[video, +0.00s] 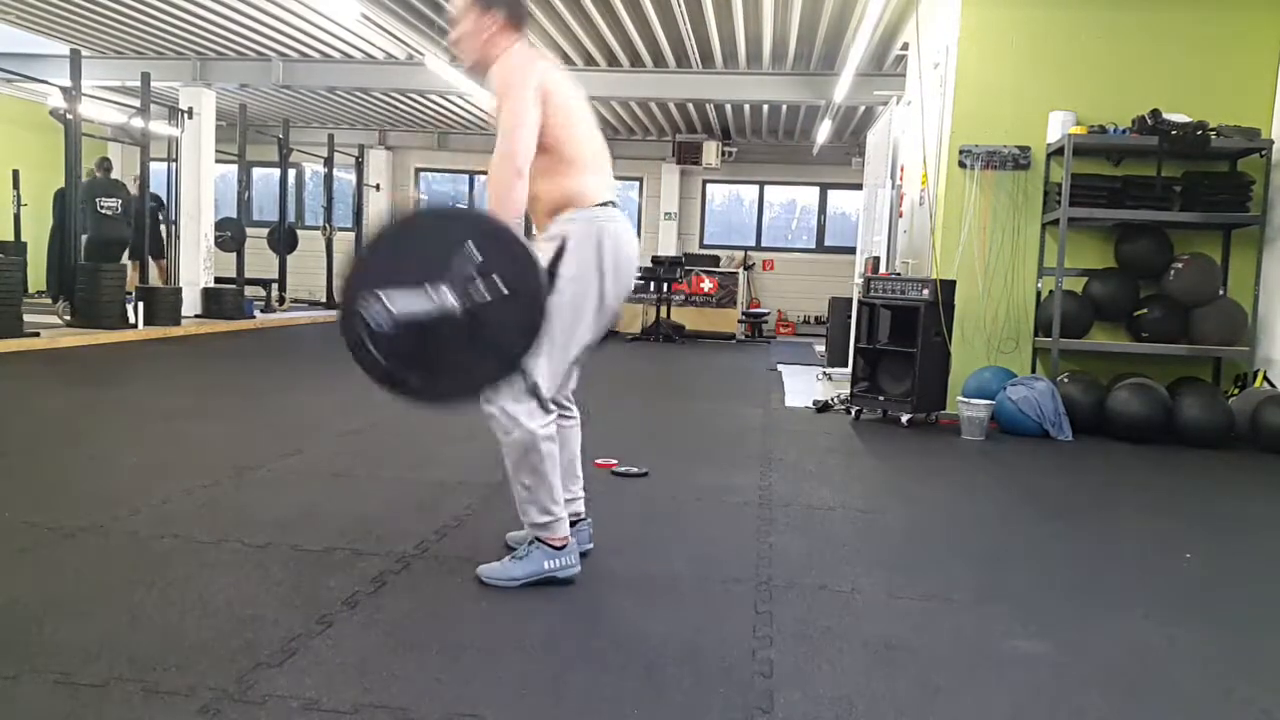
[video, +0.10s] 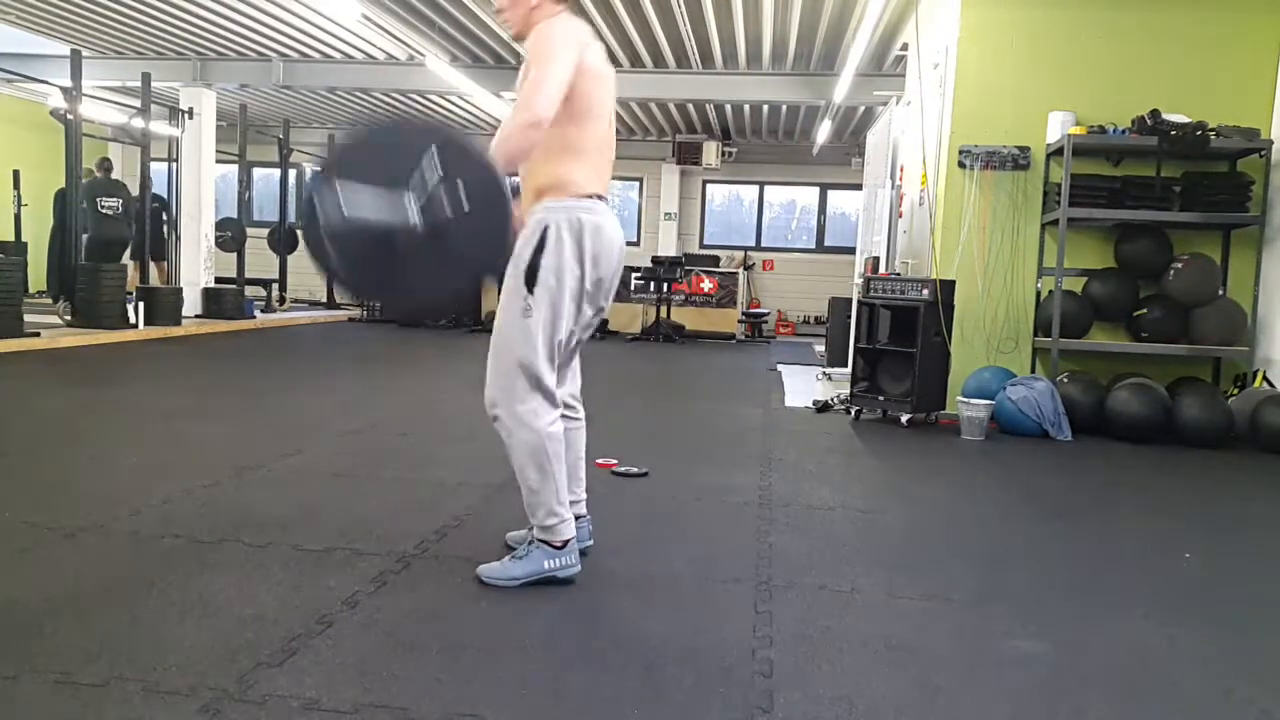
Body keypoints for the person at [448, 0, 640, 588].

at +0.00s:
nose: (450, 38)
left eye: (456, 23)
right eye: (450, 26)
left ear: (493, 22)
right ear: (500, 25)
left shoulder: (520, 67)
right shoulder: (539, 70)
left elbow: (512, 165)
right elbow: (532, 175)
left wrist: (491, 263)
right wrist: (511, 264)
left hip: (581, 236)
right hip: (597, 234)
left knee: (513, 391)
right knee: (553, 392)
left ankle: (552, 544)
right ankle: (568, 523)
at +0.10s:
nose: (496, 7)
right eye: (496, 1)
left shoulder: (556, 33)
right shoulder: (585, 45)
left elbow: (533, 118)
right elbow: (579, 155)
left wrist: (476, 178)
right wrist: (524, 210)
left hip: (560, 226)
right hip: (591, 226)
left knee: (516, 391)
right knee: (559, 388)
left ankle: (553, 542)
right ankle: (570, 523)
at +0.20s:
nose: (507, 9)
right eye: (506, 2)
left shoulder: (572, 27)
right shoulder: (605, 48)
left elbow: (572, 97)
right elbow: (617, 143)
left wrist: (491, 107)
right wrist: (532, 146)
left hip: (547, 226)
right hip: (583, 223)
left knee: (528, 391)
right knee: (564, 385)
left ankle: (554, 547)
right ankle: (572, 524)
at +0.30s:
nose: (510, 7)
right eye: (512, 1)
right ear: (564, 2)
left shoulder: (567, 41)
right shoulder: (599, 64)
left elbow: (575, 120)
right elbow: (610, 163)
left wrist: (498, 89)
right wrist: (545, 145)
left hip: (539, 233)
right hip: (572, 229)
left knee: (528, 395)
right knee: (562, 386)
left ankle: (556, 548)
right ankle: (573, 523)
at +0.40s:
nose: (516, 12)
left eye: (521, 5)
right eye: (521, 7)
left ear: (542, 2)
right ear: (571, 5)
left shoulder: (556, 53)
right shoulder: (587, 64)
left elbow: (510, 136)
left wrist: (466, 72)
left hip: (532, 233)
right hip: (565, 228)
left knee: (524, 397)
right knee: (558, 387)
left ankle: (556, 548)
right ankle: (571, 522)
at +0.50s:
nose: (522, 1)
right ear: (578, 6)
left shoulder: (547, 55)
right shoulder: (581, 62)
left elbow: (458, 123)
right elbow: (464, 123)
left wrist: (454, 31)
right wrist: (466, 36)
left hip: (527, 234)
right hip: (564, 229)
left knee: (522, 397)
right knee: (557, 386)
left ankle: (556, 548)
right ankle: (574, 523)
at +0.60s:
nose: (528, 9)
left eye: (534, 2)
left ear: (551, 3)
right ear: (583, 11)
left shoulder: (543, 56)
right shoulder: (586, 70)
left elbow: (446, 113)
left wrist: (457, 31)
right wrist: (474, 40)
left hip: (521, 231)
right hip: (558, 227)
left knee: (525, 396)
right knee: (556, 385)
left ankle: (556, 549)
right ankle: (573, 523)